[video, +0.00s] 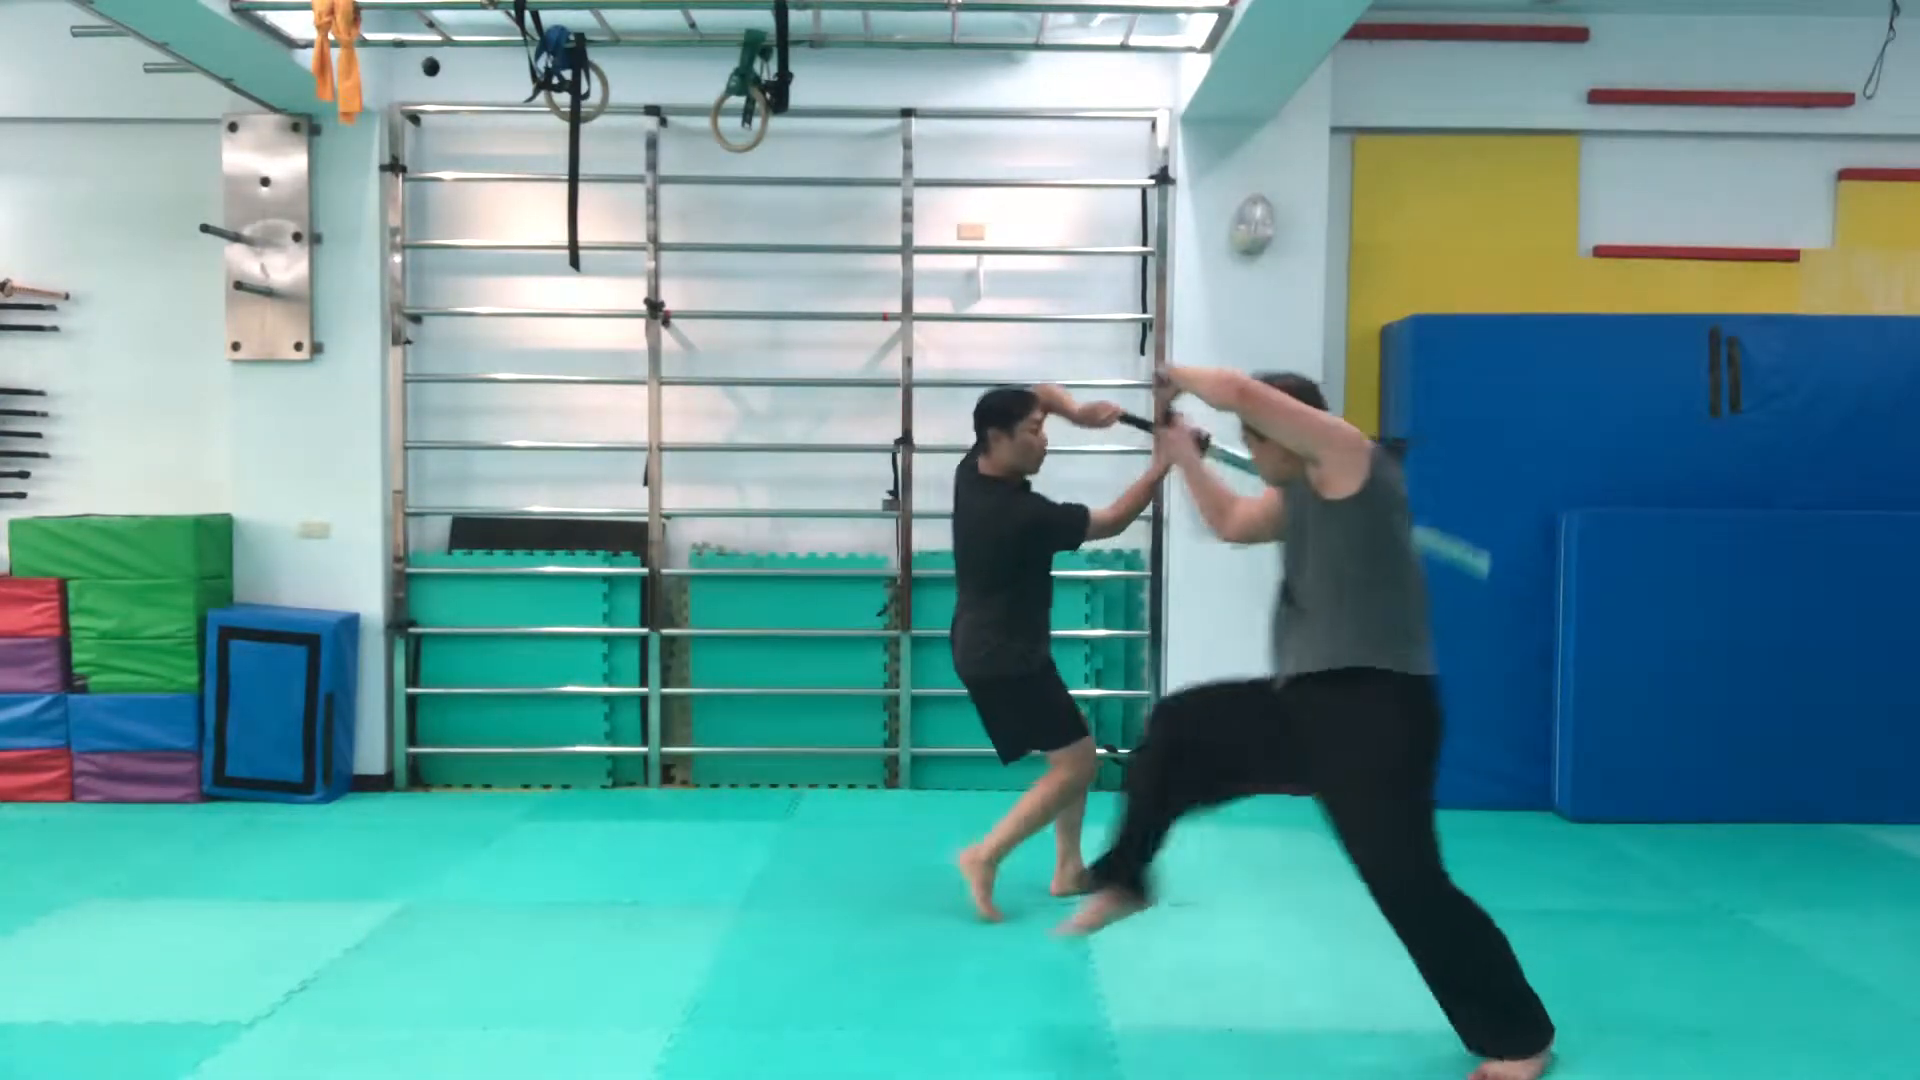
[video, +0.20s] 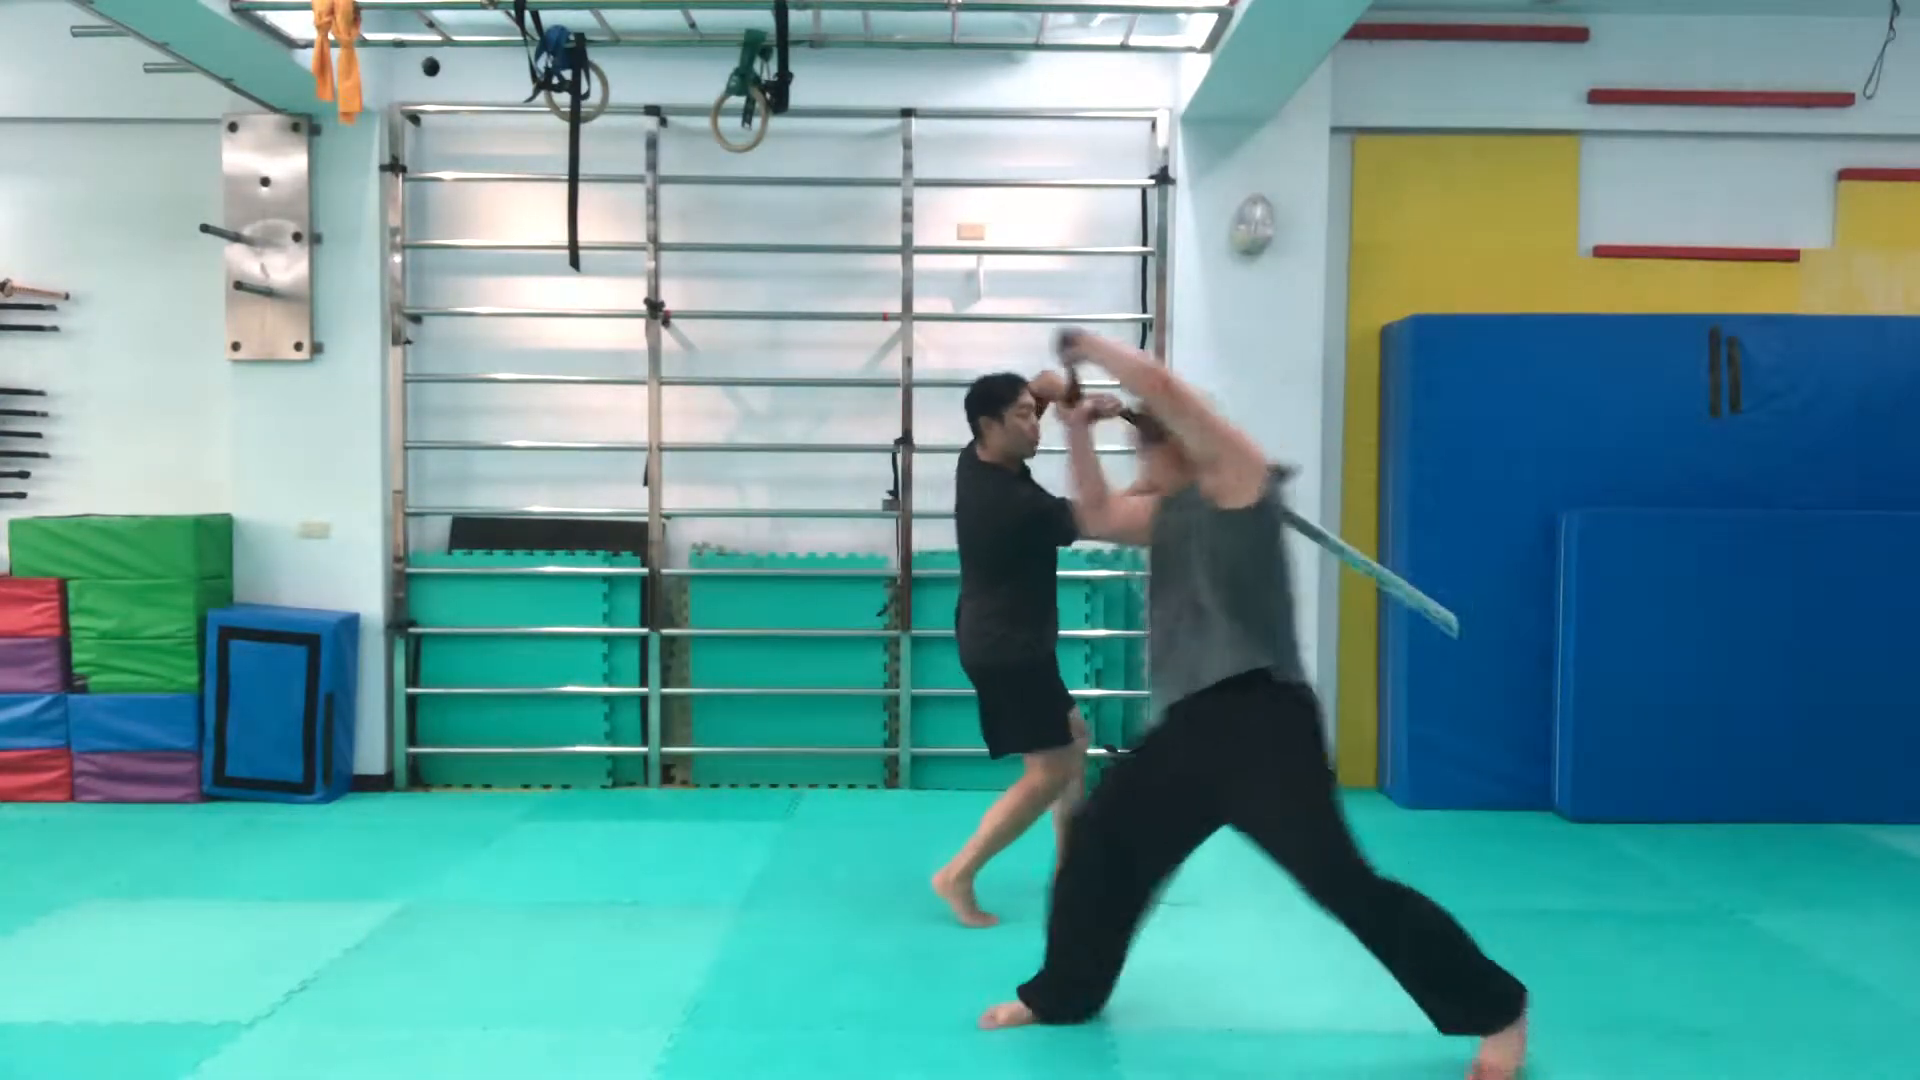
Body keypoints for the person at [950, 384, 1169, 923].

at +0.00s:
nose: (1045, 441)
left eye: (1043, 430)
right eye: (1034, 432)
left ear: (993, 439)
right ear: (998, 439)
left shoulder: (972, 473)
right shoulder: (1022, 512)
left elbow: (1035, 395)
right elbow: (1112, 520)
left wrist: (1076, 413)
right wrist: (1165, 460)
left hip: (984, 646)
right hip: (1010, 656)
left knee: (1072, 751)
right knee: (1077, 761)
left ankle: (1070, 870)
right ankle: (983, 857)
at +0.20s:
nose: (1036, 425)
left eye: (1035, 413)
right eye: (1025, 416)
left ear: (990, 425)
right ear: (990, 426)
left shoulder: (977, 463)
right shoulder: (1016, 499)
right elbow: (1093, 520)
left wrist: (1054, 395)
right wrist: (1148, 487)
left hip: (993, 638)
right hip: (1013, 649)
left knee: (1073, 738)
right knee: (1055, 770)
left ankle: (1075, 872)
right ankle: (957, 875)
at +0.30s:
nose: (1027, 422)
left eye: (1026, 409)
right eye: (1014, 412)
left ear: (979, 420)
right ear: (979, 420)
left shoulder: (971, 464)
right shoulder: (1006, 491)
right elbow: (1084, 523)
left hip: (990, 636)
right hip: (1003, 646)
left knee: (1066, 742)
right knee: (1049, 768)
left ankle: (1075, 869)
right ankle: (953, 877)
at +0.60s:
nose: (978, 406)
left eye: (978, 393)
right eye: (966, 394)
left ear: (927, 405)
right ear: (928, 403)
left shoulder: (911, 458)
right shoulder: (957, 476)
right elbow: (1028, 518)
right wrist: (1073, 472)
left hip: (925, 637)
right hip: (953, 643)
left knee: (992, 753)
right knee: (991, 763)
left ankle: (1004, 863)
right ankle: (936, 893)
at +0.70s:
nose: (958, 400)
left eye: (955, 388)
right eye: (945, 390)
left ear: (908, 401)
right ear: (910, 399)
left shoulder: (887, 454)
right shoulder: (931, 472)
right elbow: (1007, 504)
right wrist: (1055, 465)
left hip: (899, 636)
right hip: (935, 640)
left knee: (952, 749)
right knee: (976, 762)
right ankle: (935, 895)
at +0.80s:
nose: (928, 400)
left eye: (926, 388)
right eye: (916, 390)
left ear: (879, 401)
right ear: (882, 399)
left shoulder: (858, 455)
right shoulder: (904, 467)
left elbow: (906, 480)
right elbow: (993, 505)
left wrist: (939, 439)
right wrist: (1037, 456)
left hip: (874, 636)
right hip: (914, 640)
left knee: (912, 744)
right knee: (957, 760)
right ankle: (934, 898)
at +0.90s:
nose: (899, 400)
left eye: (897, 390)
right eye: (887, 391)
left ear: (853, 404)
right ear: (854, 400)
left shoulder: (828, 467)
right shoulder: (876, 474)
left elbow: (869, 518)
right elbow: (961, 523)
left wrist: (920, 490)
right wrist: (997, 485)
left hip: (846, 640)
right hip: (889, 644)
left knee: (856, 748)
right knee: (937, 760)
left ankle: (748, 841)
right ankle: (933, 898)